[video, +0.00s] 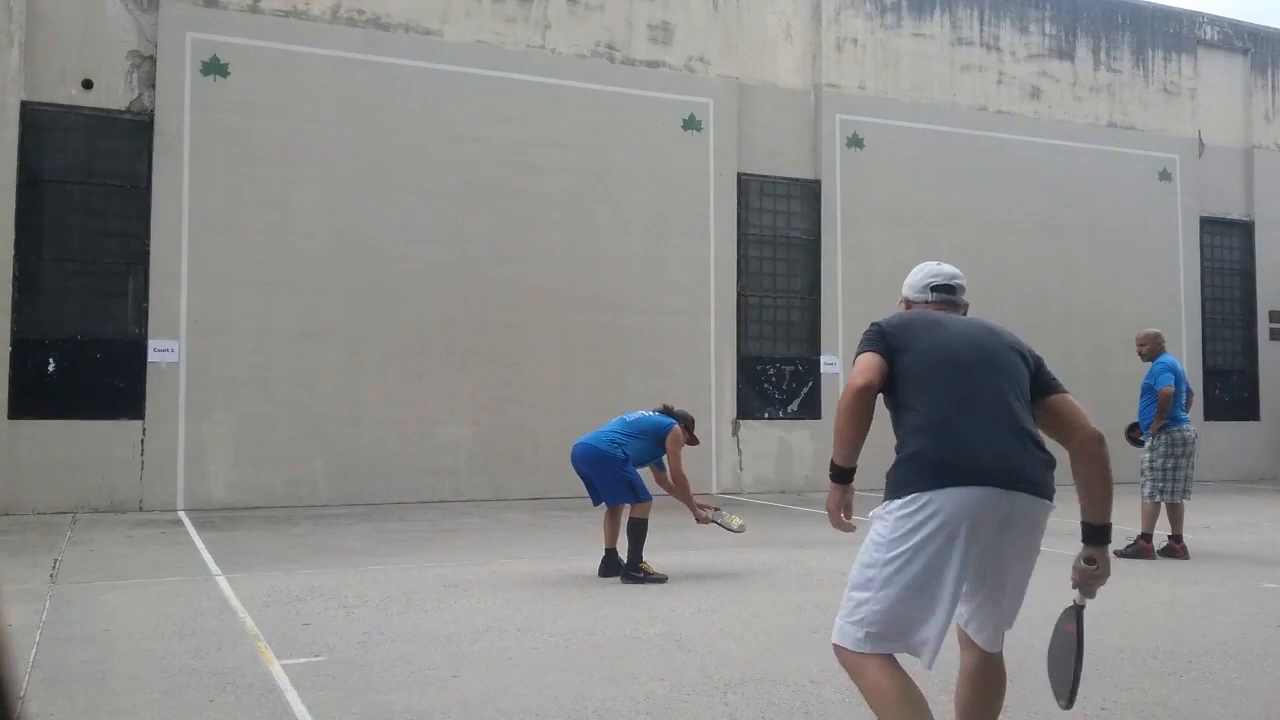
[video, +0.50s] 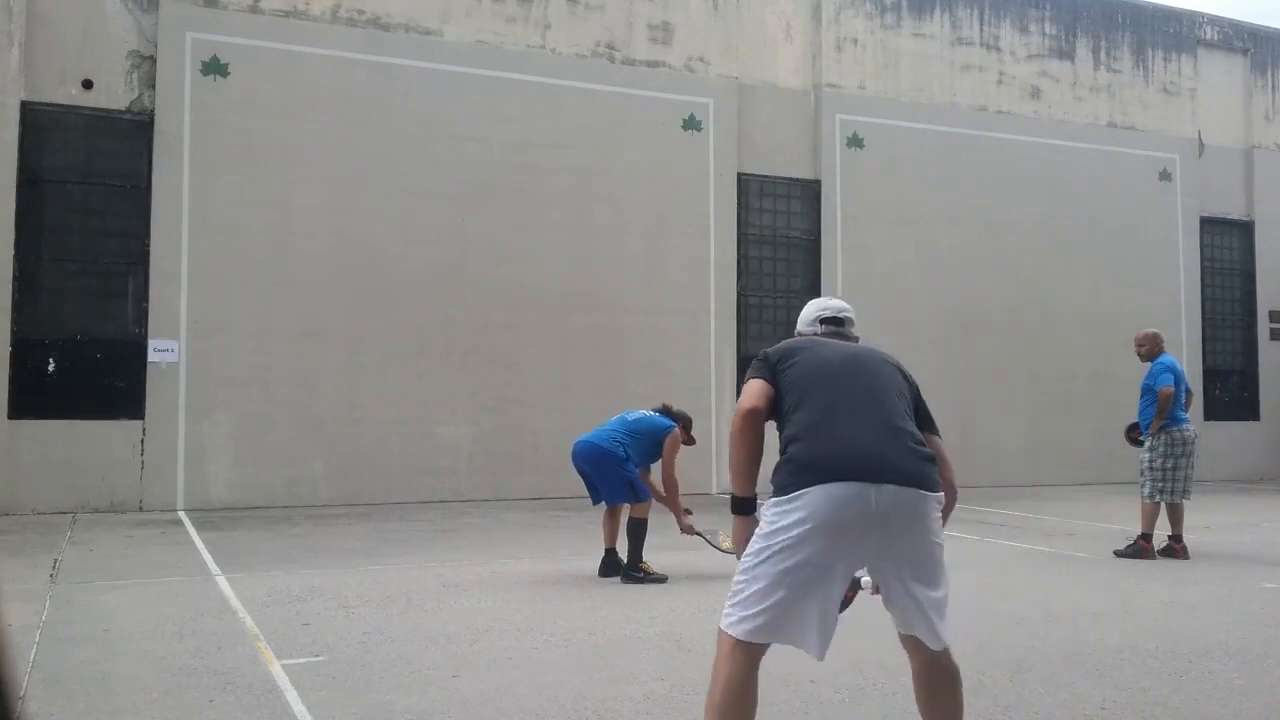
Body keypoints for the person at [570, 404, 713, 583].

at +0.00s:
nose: (683, 442)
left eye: (686, 440)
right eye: (685, 437)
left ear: (670, 419)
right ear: (682, 427)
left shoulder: (646, 433)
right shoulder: (674, 429)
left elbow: (662, 480)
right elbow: (677, 477)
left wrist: (693, 503)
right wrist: (695, 511)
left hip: (581, 452)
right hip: (606, 454)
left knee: (615, 503)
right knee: (642, 501)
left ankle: (610, 561)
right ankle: (634, 566)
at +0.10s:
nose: (683, 444)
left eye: (686, 441)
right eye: (685, 438)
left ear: (670, 420)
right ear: (681, 428)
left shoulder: (645, 434)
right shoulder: (674, 432)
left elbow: (656, 483)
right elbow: (681, 480)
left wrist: (684, 513)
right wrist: (698, 516)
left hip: (581, 452)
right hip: (606, 454)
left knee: (615, 503)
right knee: (642, 501)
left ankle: (610, 561)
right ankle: (634, 567)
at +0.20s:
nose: (684, 446)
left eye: (687, 442)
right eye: (686, 440)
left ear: (668, 421)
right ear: (681, 430)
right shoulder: (674, 436)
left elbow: (643, 480)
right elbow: (682, 484)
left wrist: (669, 510)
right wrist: (696, 525)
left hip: (581, 451)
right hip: (605, 454)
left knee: (614, 503)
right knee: (642, 499)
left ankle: (609, 561)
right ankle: (634, 566)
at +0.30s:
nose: (683, 447)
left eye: (686, 444)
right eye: (685, 441)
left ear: (667, 421)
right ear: (681, 431)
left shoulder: (642, 422)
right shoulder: (673, 437)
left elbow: (633, 473)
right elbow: (677, 485)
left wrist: (662, 505)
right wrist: (689, 525)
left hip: (581, 450)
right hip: (607, 455)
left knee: (614, 503)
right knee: (642, 501)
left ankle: (610, 560)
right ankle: (634, 566)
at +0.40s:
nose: (682, 445)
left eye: (685, 443)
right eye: (683, 440)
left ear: (667, 419)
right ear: (680, 430)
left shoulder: (643, 421)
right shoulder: (673, 435)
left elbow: (634, 475)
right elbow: (672, 485)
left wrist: (669, 497)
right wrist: (684, 523)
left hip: (581, 450)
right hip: (607, 454)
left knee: (614, 502)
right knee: (642, 500)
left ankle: (610, 561)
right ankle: (634, 566)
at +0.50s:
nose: (681, 442)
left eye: (684, 439)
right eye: (683, 437)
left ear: (665, 417)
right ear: (680, 427)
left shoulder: (643, 426)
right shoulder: (672, 431)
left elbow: (644, 480)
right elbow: (668, 477)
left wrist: (675, 507)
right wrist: (681, 520)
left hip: (582, 450)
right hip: (607, 454)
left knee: (614, 502)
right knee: (642, 500)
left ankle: (609, 560)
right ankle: (634, 566)